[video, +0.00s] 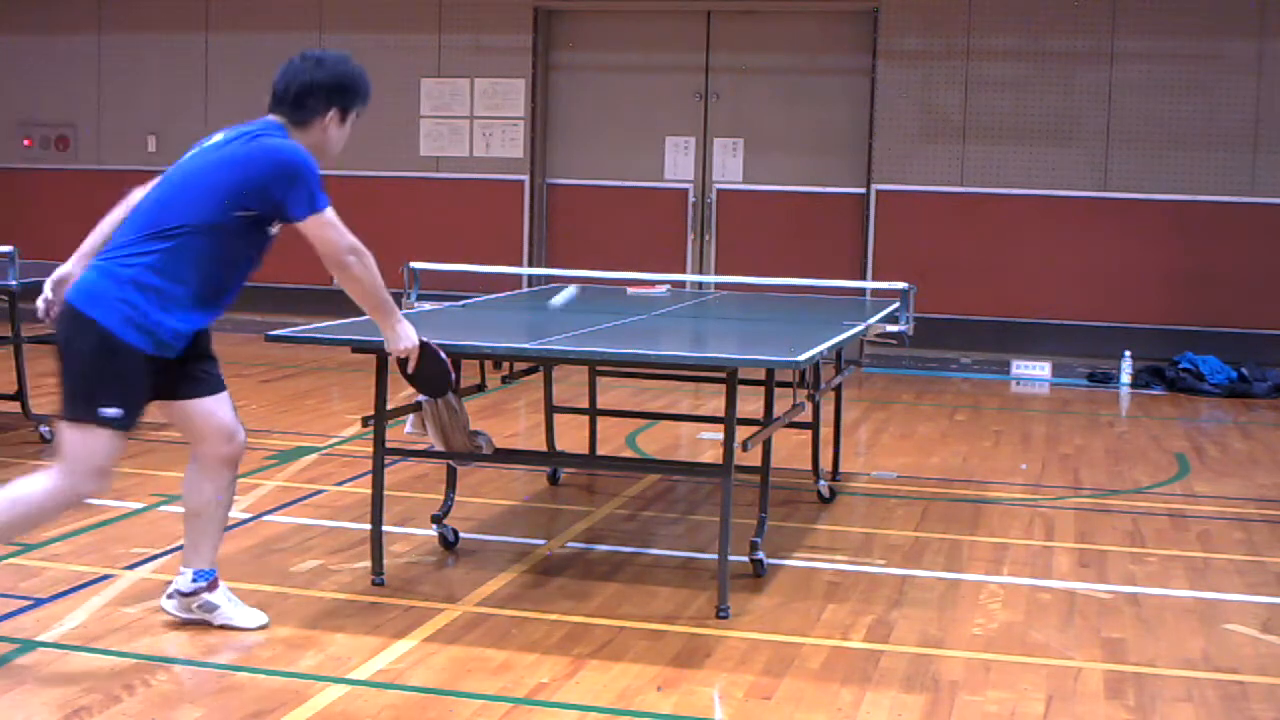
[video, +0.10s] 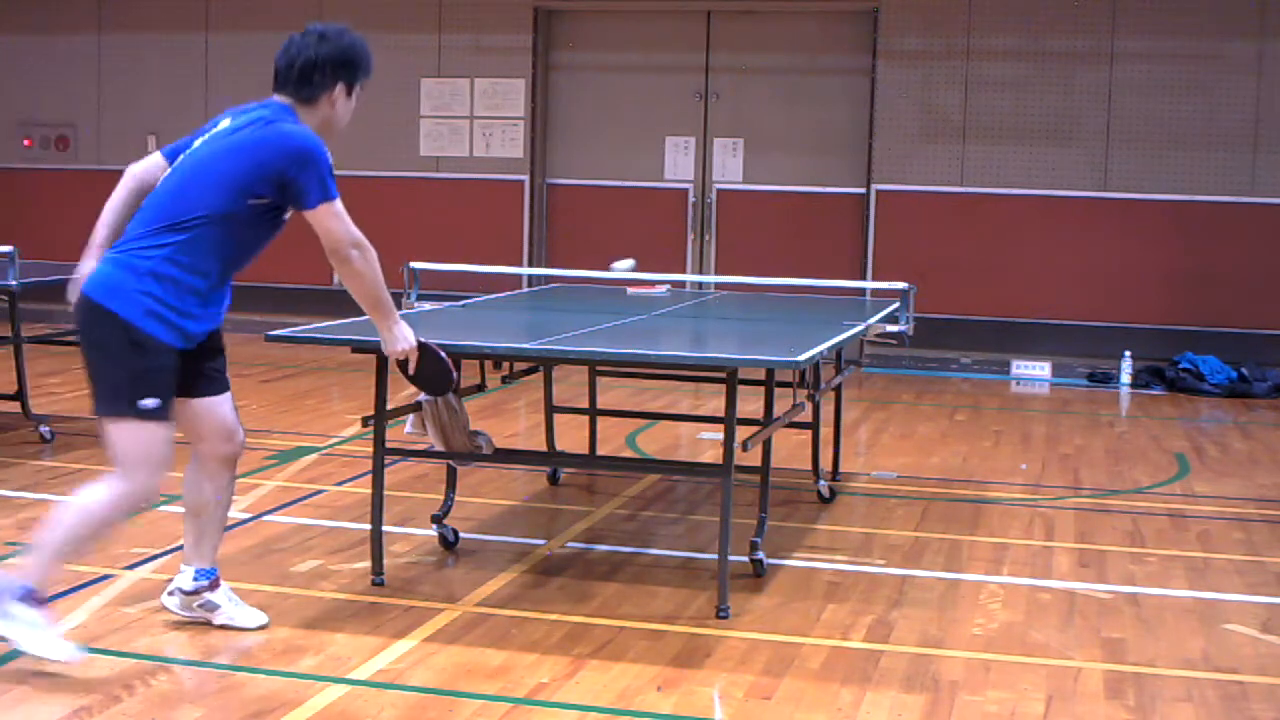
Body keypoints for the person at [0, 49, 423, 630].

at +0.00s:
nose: (347, 135)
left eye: (352, 121)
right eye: (350, 121)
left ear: (287, 103)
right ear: (330, 117)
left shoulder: (235, 140)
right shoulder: (286, 157)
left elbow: (140, 198)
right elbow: (345, 256)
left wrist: (76, 264)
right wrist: (396, 326)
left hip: (173, 324)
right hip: (110, 313)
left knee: (220, 441)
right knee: (80, 474)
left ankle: (195, 586)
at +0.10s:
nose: (354, 108)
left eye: (357, 95)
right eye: (355, 94)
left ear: (292, 80)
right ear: (334, 90)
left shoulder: (240, 119)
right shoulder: (300, 144)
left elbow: (140, 174)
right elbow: (349, 251)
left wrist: (93, 257)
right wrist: (393, 328)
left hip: (188, 315)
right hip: (131, 307)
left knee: (220, 444)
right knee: (139, 475)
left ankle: (197, 584)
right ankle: (18, 592)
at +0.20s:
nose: (351, 86)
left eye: (353, 74)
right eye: (352, 72)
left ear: (285, 59)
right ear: (332, 68)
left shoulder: (239, 104)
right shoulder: (300, 132)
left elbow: (139, 168)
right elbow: (346, 248)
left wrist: (118, 264)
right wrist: (391, 333)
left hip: (188, 306)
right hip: (152, 303)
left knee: (222, 441)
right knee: (194, 465)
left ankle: (194, 582)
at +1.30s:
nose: (339, 93)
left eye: (343, 81)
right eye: (343, 80)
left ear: (279, 57)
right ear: (326, 71)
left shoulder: (224, 105)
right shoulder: (277, 127)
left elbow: (146, 176)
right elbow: (272, 251)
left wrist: (206, 236)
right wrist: (335, 315)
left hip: (159, 309)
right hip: (188, 319)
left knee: (200, 456)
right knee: (232, 477)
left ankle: (182, 580)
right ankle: (169, 643)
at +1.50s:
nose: (336, 98)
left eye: (340, 84)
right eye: (338, 82)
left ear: (300, 69)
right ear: (310, 71)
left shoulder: (260, 123)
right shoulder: (242, 117)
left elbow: (244, 225)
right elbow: (213, 225)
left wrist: (314, 245)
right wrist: (299, 269)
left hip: (205, 308)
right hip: (153, 302)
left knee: (214, 451)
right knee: (157, 455)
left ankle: (181, 581)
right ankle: (127, 626)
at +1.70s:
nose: (329, 90)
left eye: (334, 76)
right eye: (325, 72)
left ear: (294, 68)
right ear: (286, 61)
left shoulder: (271, 140)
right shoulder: (219, 107)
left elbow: (279, 233)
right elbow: (195, 212)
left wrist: (348, 228)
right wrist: (287, 240)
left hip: (198, 300)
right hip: (131, 291)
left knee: (210, 444)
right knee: (118, 443)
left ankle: (183, 580)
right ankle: (34, 581)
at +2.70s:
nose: (245, 68)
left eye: (243, 54)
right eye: (231, 54)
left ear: (206, 67)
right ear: (186, 65)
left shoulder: (225, 123)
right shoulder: (133, 125)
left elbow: (312, 147)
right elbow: (156, 232)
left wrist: (401, 150)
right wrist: (252, 208)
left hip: (144, 304)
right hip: (69, 302)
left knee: (187, 435)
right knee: (30, 455)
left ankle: (180, 579)